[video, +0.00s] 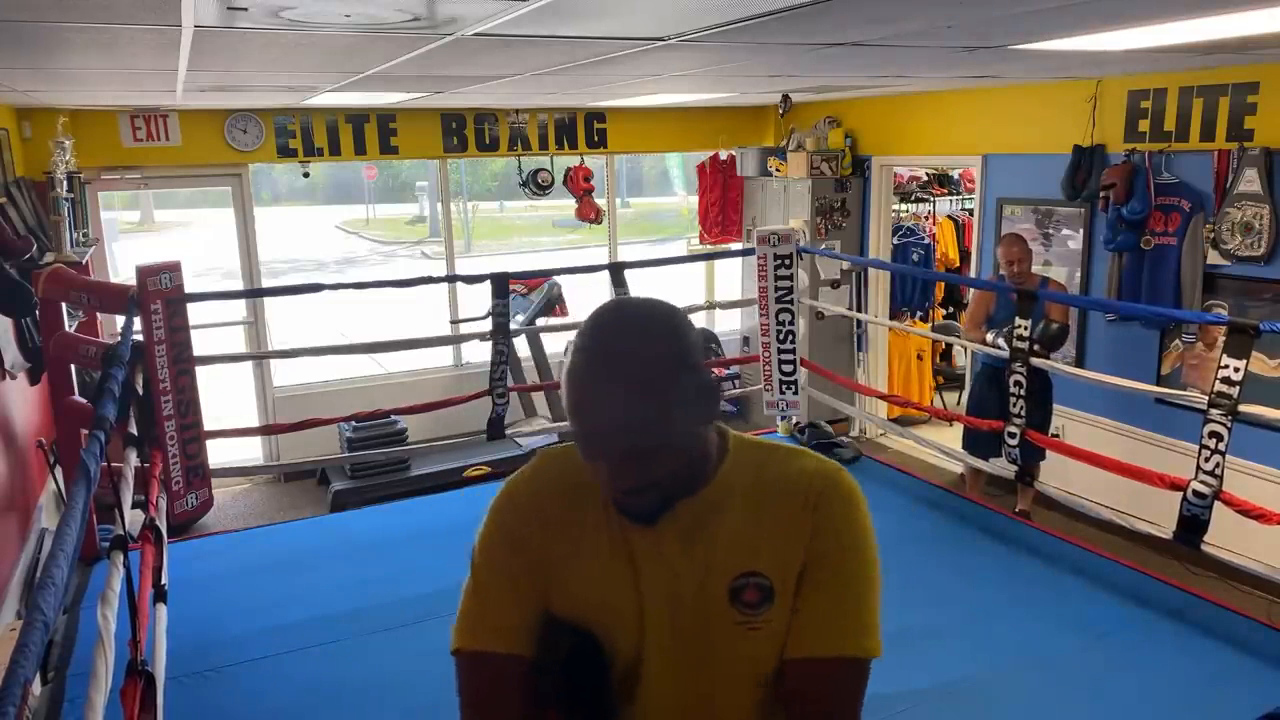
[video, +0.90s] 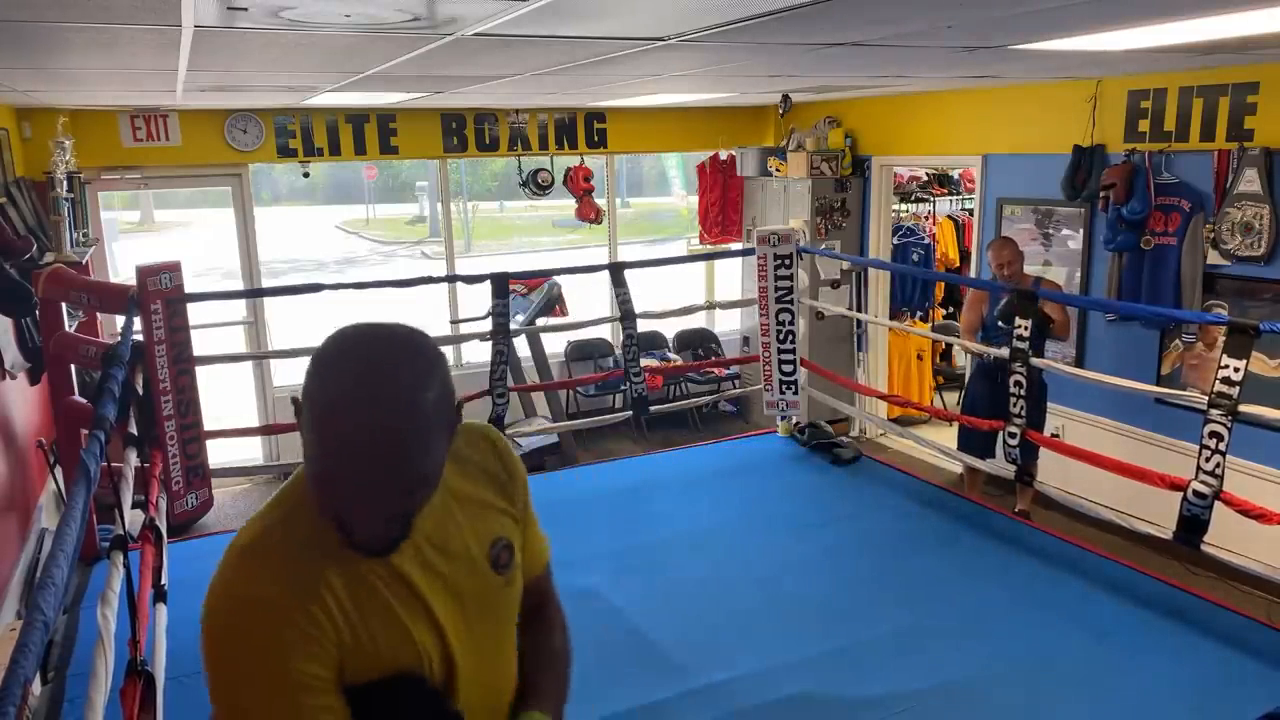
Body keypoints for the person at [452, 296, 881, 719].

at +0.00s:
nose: (617, 482)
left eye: (643, 453)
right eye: (594, 453)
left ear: (709, 404)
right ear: (572, 425)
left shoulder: (816, 501)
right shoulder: (529, 503)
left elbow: (822, 704)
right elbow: (490, 701)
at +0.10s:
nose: (584, 486)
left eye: (615, 456)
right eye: (565, 455)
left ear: (680, 417)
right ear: (546, 426)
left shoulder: (783, 503)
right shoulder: (495, 516)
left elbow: (826, 707)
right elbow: (459, 701)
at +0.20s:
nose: (531, 489)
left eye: (559, 461)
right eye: (513, 460)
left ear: (626, 428)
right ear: (495, 436)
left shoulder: (732, 496)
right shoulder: (451, 534)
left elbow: (796, 684)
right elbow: (420, 706)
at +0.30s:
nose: (472, 511)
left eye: (503, 482)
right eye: (451, 480)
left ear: (574, 437)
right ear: (432, 453)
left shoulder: (678, 488)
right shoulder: (390, 564)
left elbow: (745, 685)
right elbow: (368, 709)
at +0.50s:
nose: (378, 568)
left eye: (413, 548)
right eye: (351, 541)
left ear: (478, 461)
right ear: (318, 476)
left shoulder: (556, 473)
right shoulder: (287, 623)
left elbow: (636, 654)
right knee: (423, 705)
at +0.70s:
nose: (364, 576)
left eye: (395, 555)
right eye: (331, 547)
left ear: (452, 464)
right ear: (290, 473)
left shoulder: (517, 467)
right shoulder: (264, 629)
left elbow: (588, 626)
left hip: (523, 702)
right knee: (410, 708)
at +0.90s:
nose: (378, 525)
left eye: (410, 493)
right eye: (346, 490)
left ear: (453, 434)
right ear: (302, 428)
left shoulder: (487, 460)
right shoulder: (262, 604)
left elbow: (536, 607)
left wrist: (537, 708)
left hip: (504, 699)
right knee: (402, 696)